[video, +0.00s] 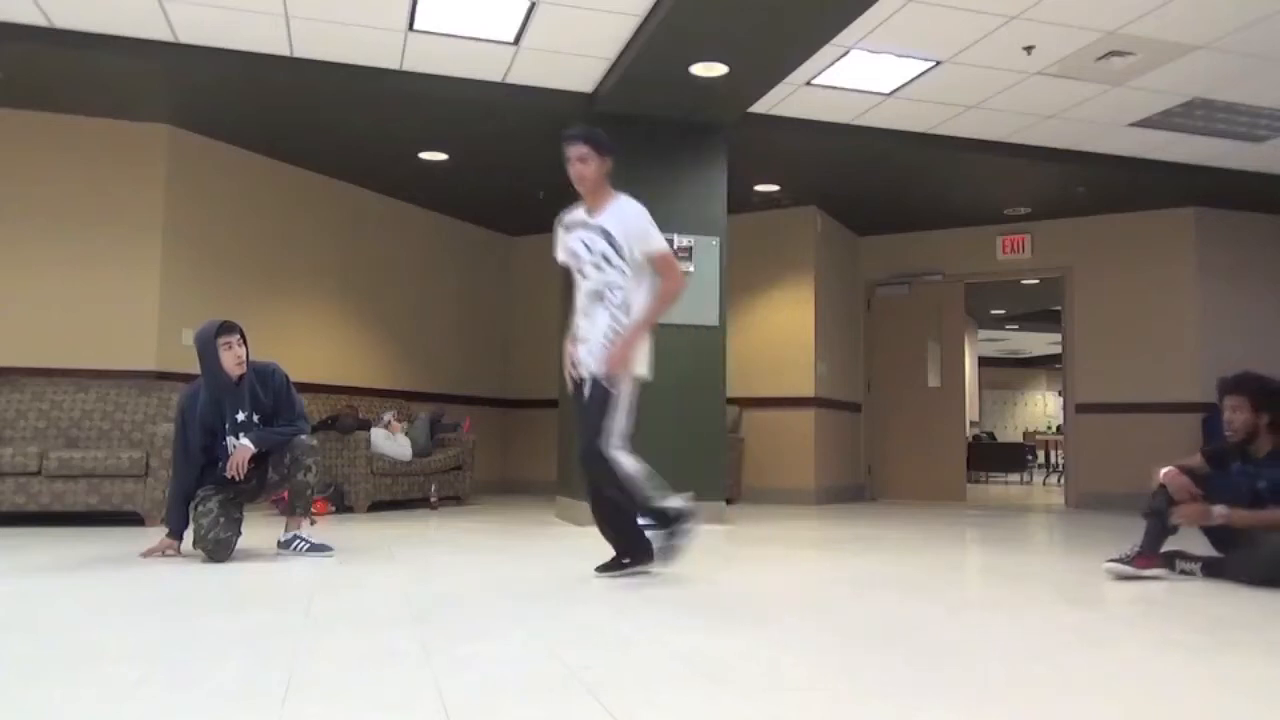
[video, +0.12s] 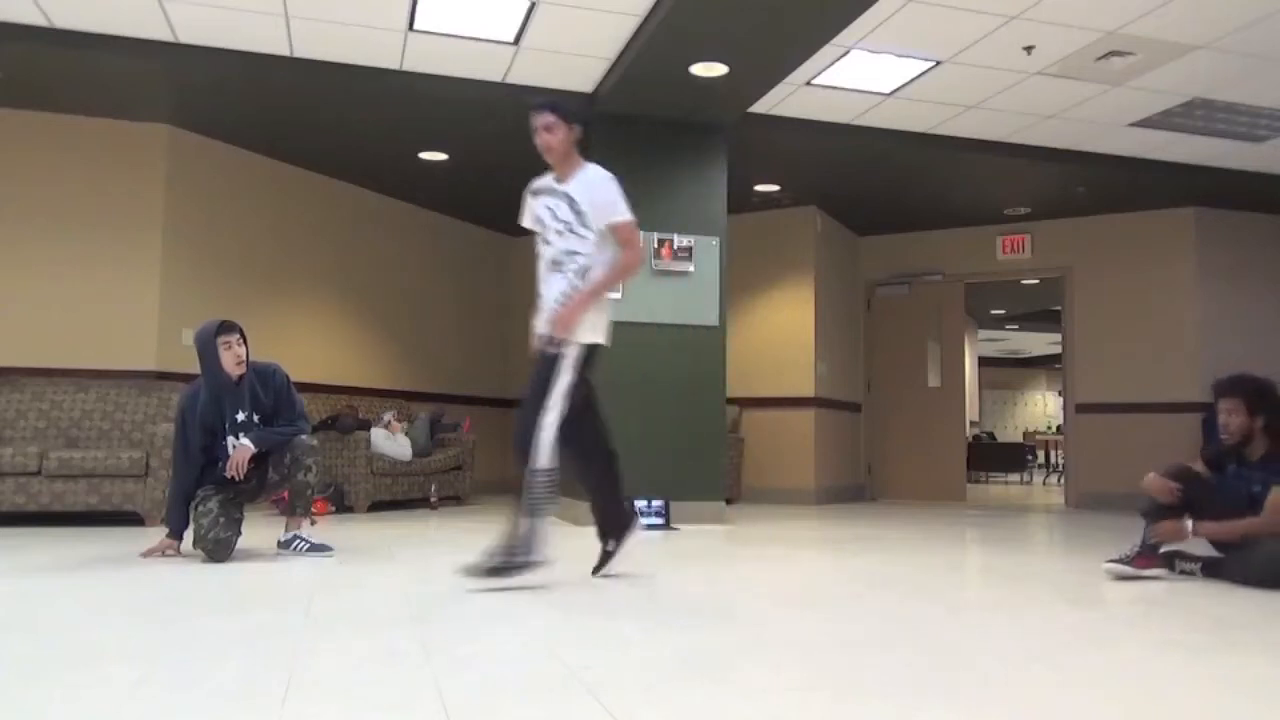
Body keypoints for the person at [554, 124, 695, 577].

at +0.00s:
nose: (577, 169)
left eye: (584, 160)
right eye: (570, 162)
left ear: (606, 163)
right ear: (566, 170)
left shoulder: (630, 214)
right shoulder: (568, 223)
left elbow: (674, 278)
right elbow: (583, 291)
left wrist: (630, 338)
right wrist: (571, 340)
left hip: (621, 350)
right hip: (584, 352)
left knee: (605, 447)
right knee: (592, 452)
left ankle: (669, 513)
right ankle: (630, 547)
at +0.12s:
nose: (543, 138)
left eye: (550, 129)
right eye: (537, 132)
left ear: (573, 132)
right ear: (534, 139)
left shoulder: (597, 183)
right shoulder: (539, 191)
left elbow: (632, 254)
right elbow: (549, 261)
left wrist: (575, 306)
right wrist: (539, 321)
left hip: (582, 328)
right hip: (550, 327)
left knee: (538, 424)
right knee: (580, 426)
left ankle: (525, 542)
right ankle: (615, 520)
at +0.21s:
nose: (516, 139)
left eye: (524, 129)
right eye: (510, 132)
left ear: (548, 131)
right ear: (508, 139)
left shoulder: (568, 185)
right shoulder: (517, 194)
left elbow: (594, 258)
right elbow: (527, 265)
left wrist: (535, 312)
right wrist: (510, 325)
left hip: (544, 336)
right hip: (518, 334)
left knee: (497, 434)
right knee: (540, 435)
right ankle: (584, 516)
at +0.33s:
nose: (492, 160)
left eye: (500, 150)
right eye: (487, 152)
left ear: (525, 151)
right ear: (485, 159)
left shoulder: (536, 207)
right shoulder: (502, 212)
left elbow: (548, 288)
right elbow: (506, 294)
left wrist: (484, 347)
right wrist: (477, 354)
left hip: (509, 358)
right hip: (492, 355)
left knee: (442, 450)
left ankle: (428, 562)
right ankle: (551, 512)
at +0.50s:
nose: (457, 155)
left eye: (465, 144)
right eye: (451, 147)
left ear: (491, 141)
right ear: (449, 150)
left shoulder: (516, 190)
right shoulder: (465, 202)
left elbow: (534, 271)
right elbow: (476, 275)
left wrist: (461, 291)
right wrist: (445, 294)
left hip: (524, 340)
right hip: (488, 340)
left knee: (475, 444)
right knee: (451, 430)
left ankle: (432, 559)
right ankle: (508, 517)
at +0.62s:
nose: (451, 166)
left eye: (457, 154)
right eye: (442, 158)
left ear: (483, 149)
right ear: (437, 161)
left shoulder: (517, 198)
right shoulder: (457, 211)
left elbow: (529, 287)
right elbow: (464, 290)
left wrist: (454, 307)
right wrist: (435, 307)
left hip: (548, 330)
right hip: (510, 331)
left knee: (502, 433)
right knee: (483, 434)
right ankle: (496, 558)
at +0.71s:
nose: (459, 185)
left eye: (467, 172)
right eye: (450, 176)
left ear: (490, 168)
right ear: (444, 177)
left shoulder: (520, 218)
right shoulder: (460, 232)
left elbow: (546, 299)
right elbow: (469, 320)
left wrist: (538, 366)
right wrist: (444, 392)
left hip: (553, 354)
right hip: (509, 356)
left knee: (524, 459)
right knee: (478, 450)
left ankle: (622, 530)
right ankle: (500, 560)